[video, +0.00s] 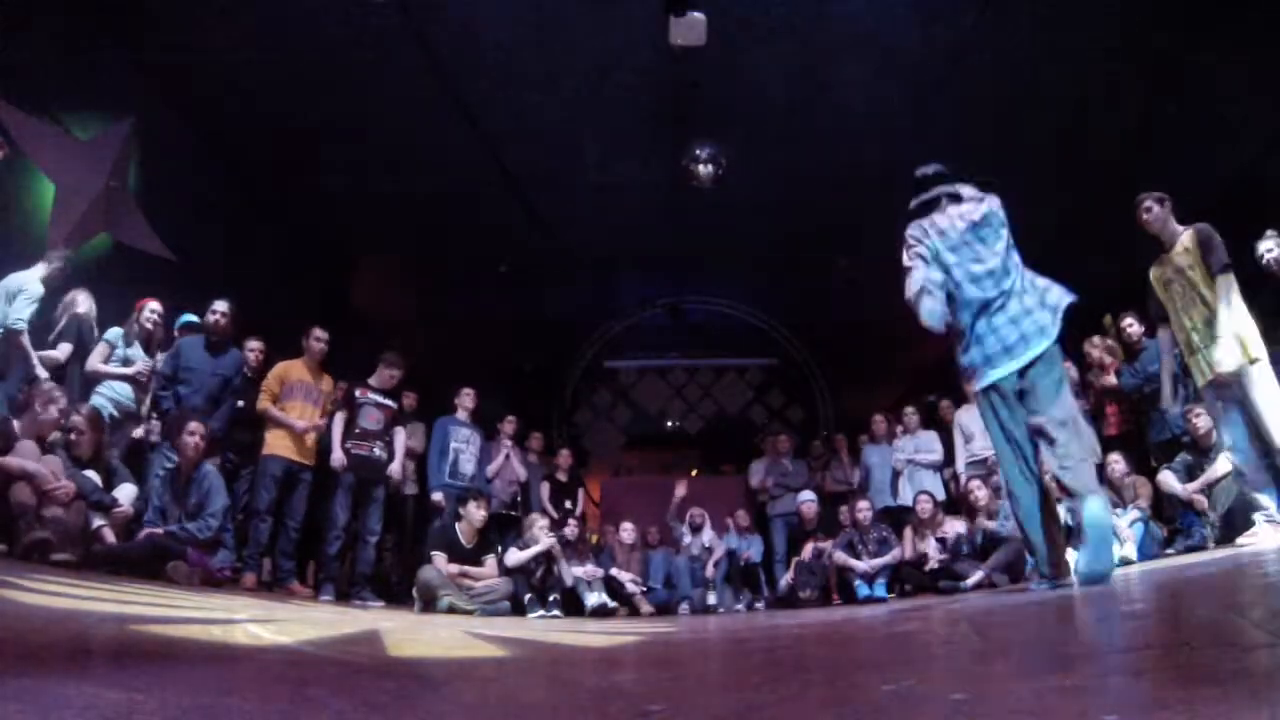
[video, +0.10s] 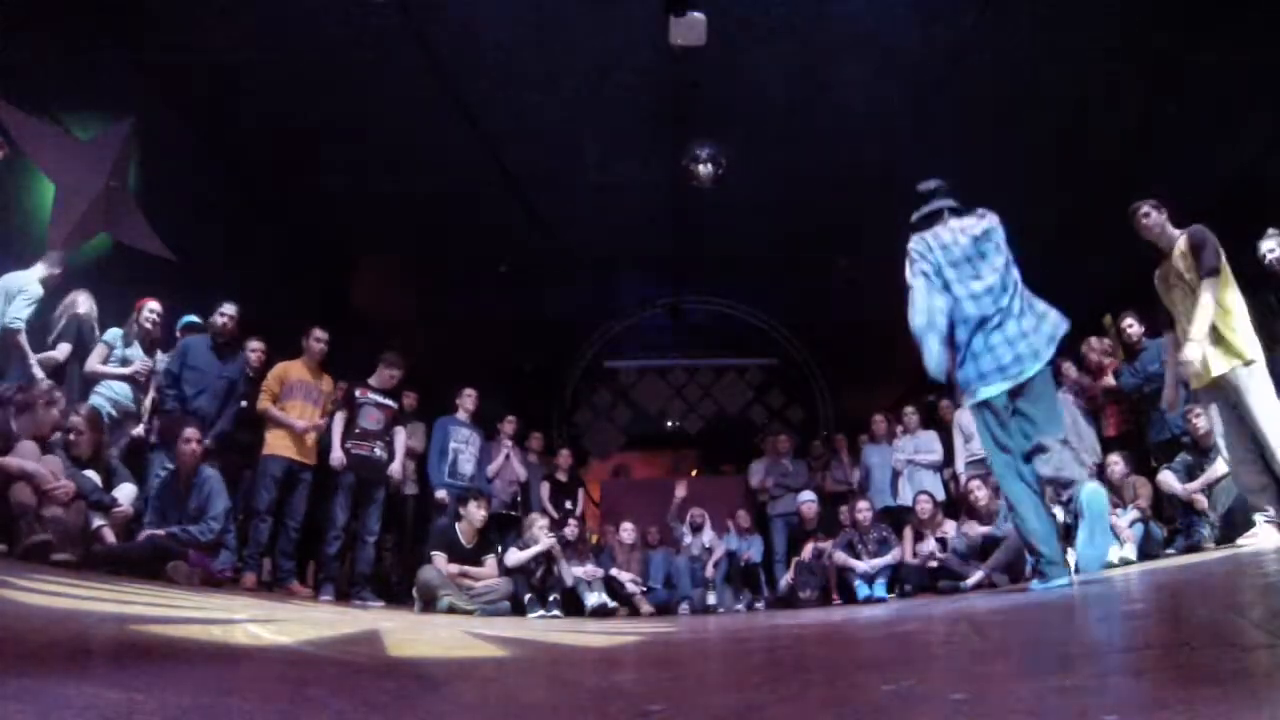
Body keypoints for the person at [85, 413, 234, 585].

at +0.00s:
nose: (196, 441)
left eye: (201, 438)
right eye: (190, 434)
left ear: (205, 446)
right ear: (176, 440)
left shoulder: (211, 477)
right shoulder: (165, 477)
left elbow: (209, 529)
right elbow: (152, 519)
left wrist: (165, 532)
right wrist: (151, 533)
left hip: (210, 553)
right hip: (174, 545)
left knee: (154, 543)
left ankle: (92, 555)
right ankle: (182, 575)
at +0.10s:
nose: (194, 448)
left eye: (199, 442)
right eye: (187, 442)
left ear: (203, 449)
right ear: (176, 448)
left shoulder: (211, 479)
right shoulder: (165, 482)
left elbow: (211, 532)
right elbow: (151, 525)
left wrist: (166, 533)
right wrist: (150, 536)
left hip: (212, 553)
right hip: (174, 547)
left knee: (156, 544)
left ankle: (95, 555)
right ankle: (181, 574)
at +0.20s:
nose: (194, 453)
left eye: (198, 447)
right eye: (186, 447)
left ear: (203, 452)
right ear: (175, 454)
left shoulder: (213, 482)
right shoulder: (163, 484)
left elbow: (212, 531)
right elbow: (149, 530)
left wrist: (168, 535)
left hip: (212, 555)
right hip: (174, 549)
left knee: (158, 545)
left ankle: (98, 555)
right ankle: (181, 574)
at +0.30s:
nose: (199, 448)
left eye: (203, 442)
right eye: (192, 442)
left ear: (208, 447)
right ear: (180, 448)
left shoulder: (214, 478)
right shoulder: (165, 481)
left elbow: (224, 515)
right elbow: (152, 522)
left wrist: (182, 520)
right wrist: (144, 541)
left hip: (211, 555)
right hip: (171, 547)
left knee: (164, 543)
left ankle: (99, 556)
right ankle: (182, 575)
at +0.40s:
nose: (202, 441)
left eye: (206, 437)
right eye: (197, 435)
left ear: (212, 444)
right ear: (185, 439)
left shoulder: (219, 470)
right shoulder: (169, 471)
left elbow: (242, 492)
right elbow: (154, 519)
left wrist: (208, 467)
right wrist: (141, 544)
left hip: (213, 551)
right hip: (173, 545)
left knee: (162, 544)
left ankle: (94, 556)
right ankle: (185, 576)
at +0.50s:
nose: (205, 440)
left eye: (210, 435)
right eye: (199, 433)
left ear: (214, 441)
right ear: (183, 436)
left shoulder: (217, 469)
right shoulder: (165, 471)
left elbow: (244, 482)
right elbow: (154, 519)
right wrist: (139, 546)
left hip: (214, 557)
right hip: (175, 546)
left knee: (159, 541)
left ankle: (96, 555)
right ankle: (185, 576)